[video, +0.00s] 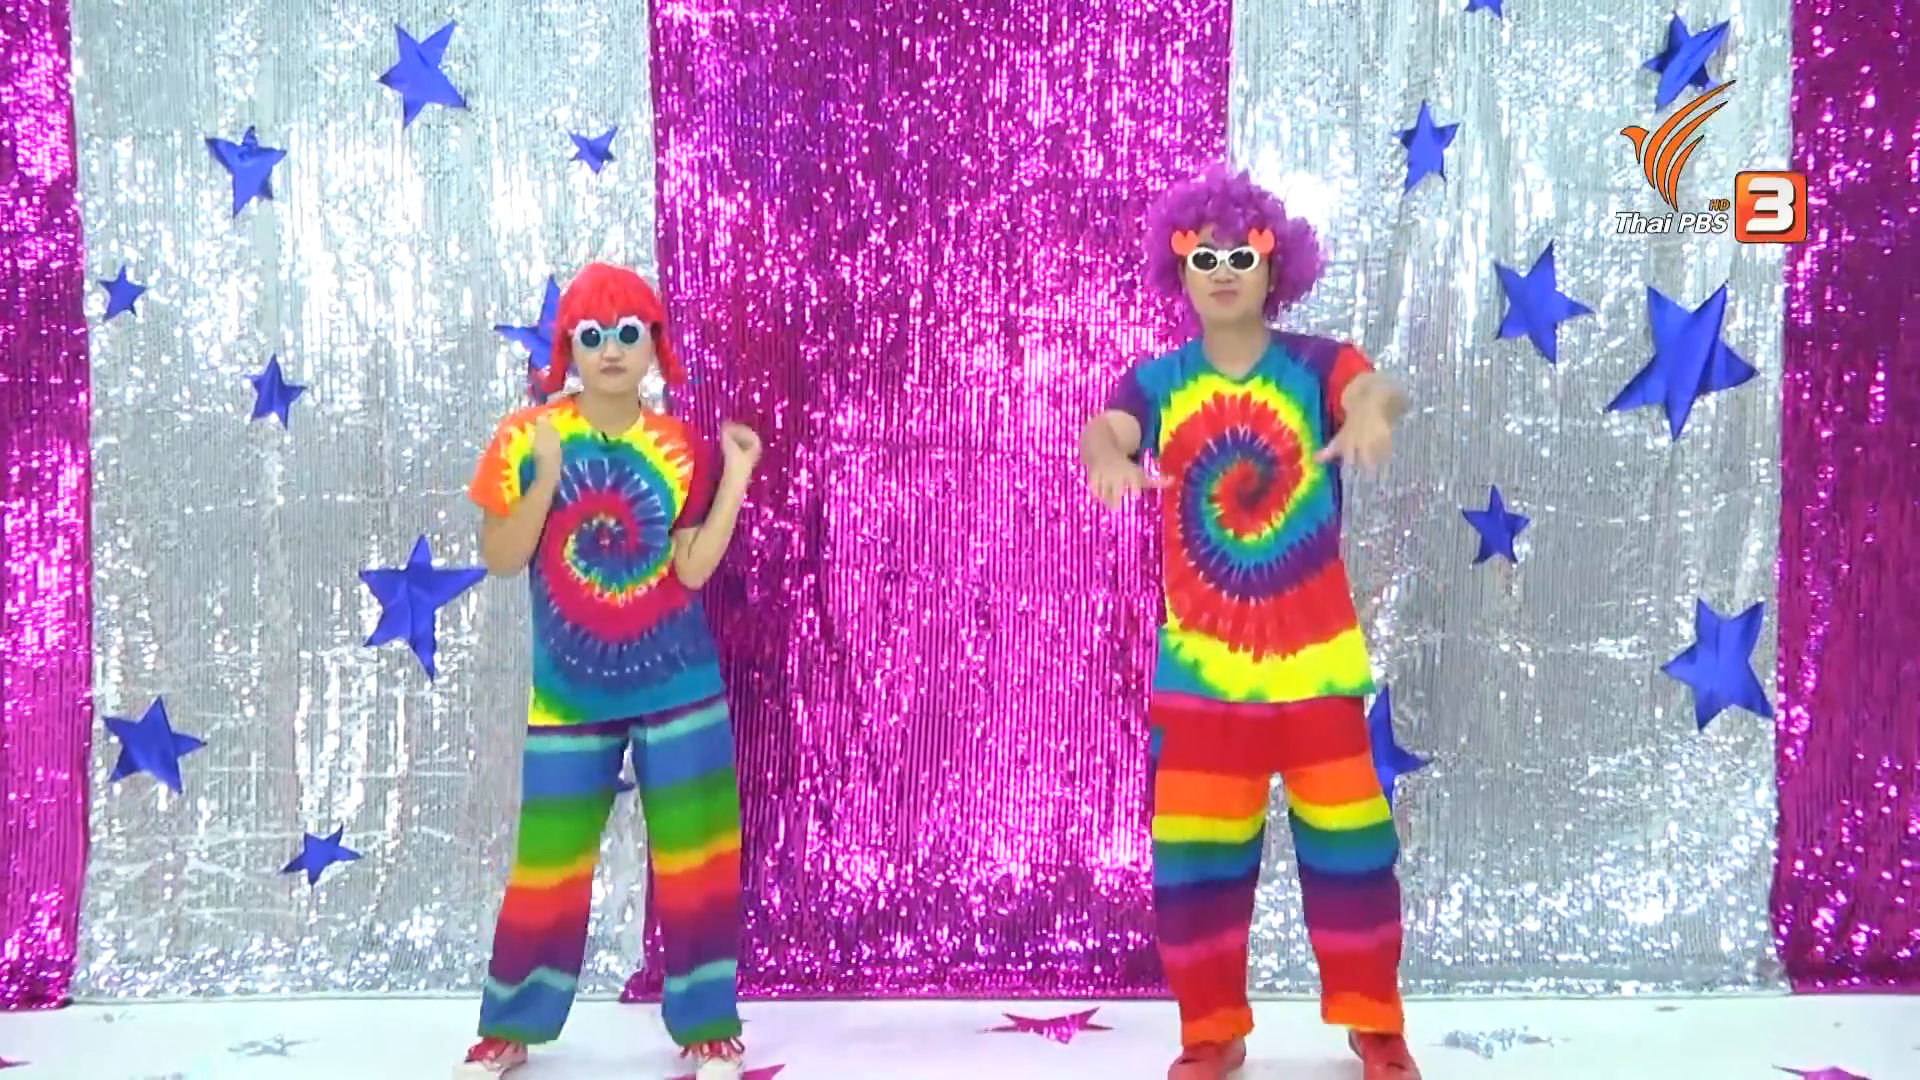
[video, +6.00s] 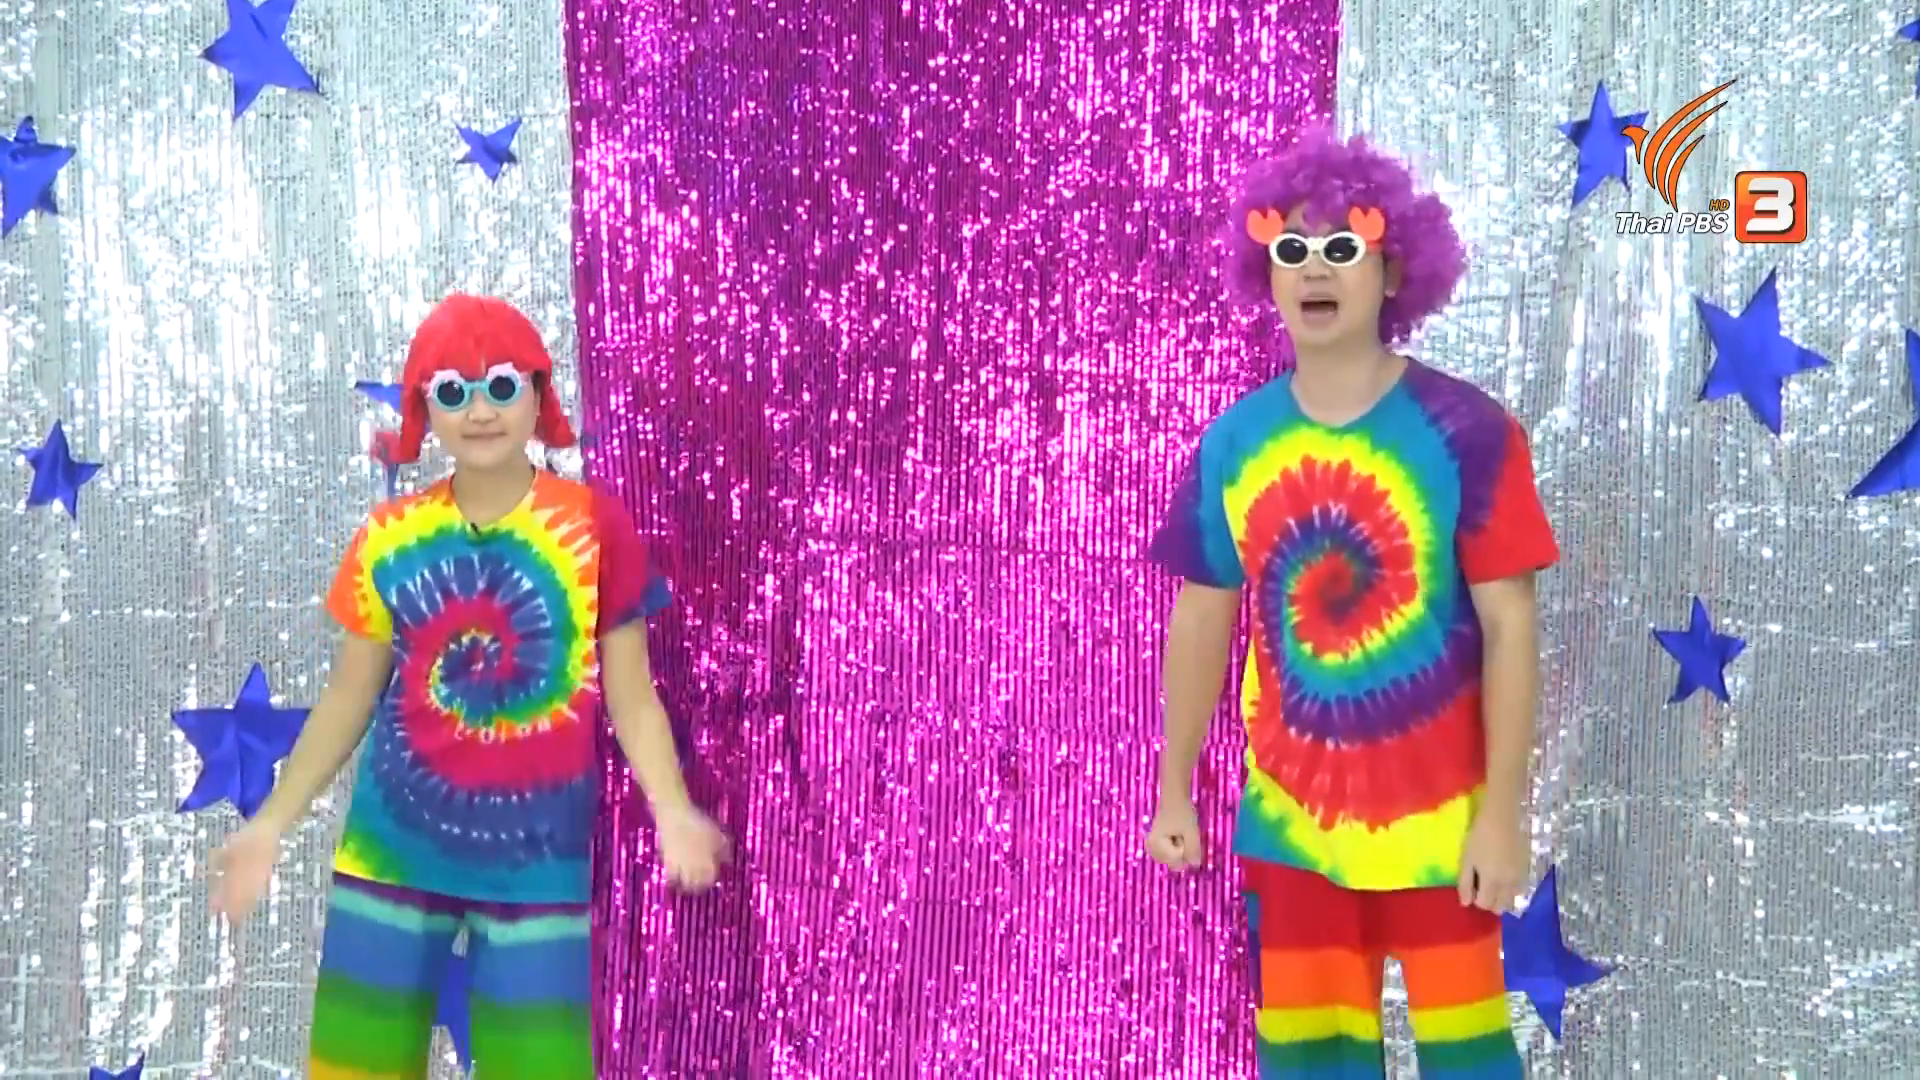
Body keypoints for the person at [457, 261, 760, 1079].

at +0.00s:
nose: (611, 350)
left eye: (628, 334)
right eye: (592, 336)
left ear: (654, 349)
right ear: (567, 353)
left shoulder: (677, 442)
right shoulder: (528, 436)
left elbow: (694, 567)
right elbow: (500, 556)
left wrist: (735, 477)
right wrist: (545, 474)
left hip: (679, 680)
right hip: (571, 687)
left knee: (697, 856)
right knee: (545, 859)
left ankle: (710, 1028)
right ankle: (509, 1030)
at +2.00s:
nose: (525, 455)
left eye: (550, 441)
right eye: (504, 430)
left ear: (571, 464)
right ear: (464, 441)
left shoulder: (609, 550)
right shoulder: (403, 563)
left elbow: (758, 624)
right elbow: (291, 671)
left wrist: (707, 598)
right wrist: (423, 631)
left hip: (621, 875)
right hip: (481, 880)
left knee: (629, 1068)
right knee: (450, 1069)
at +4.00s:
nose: (480, 435)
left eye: (505, 416)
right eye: (456, 413)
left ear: (538, 433)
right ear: (423, 427)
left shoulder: (572, 529)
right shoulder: (369, 536)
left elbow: (704, 569)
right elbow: (244, 608)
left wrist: (641, 572)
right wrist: (301, 545)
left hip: (551, 879)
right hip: (399, 877)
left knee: (563, 1066)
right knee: (371, 1066)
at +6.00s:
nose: (480, 409)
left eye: (503, 385)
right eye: (453, 391)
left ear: (538, 400)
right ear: (426, 413)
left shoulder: (590, 520)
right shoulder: (389, 535)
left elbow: (631, 691)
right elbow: (349, 695)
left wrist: (675, 813)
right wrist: (268, 823)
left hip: (539, 861)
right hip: (391, 854)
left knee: (537, 1065)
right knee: (356, 1063)